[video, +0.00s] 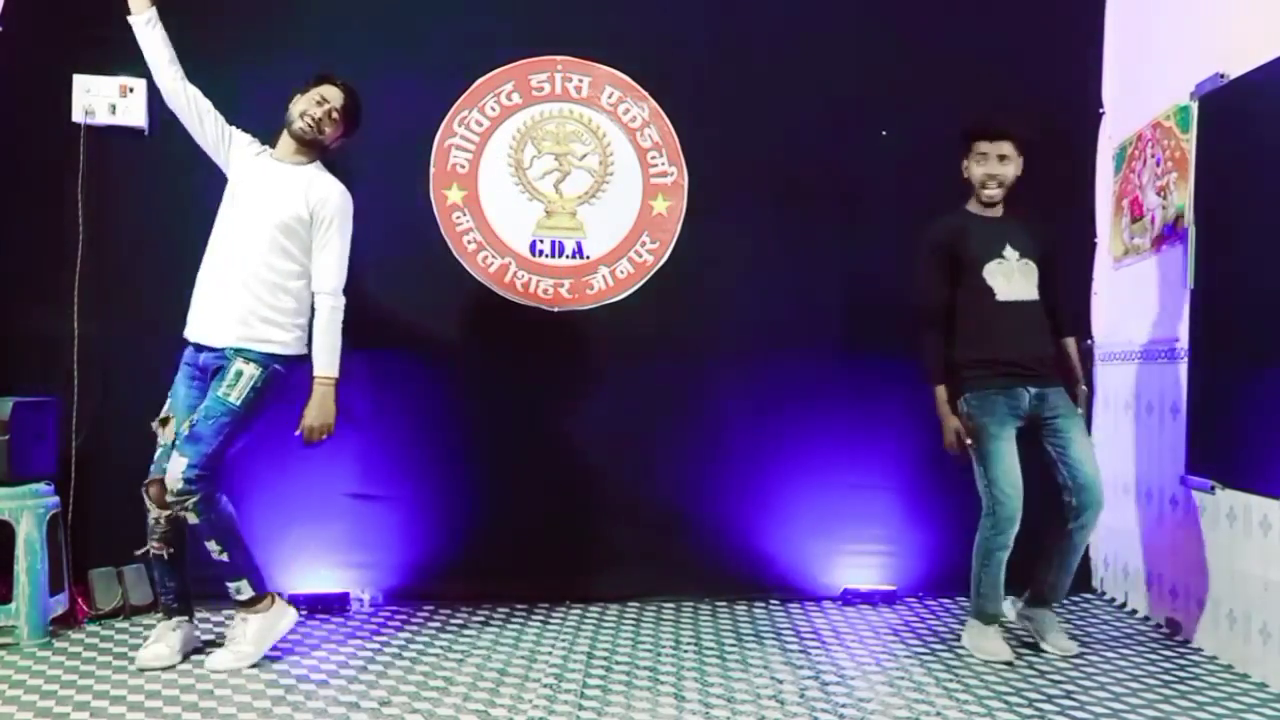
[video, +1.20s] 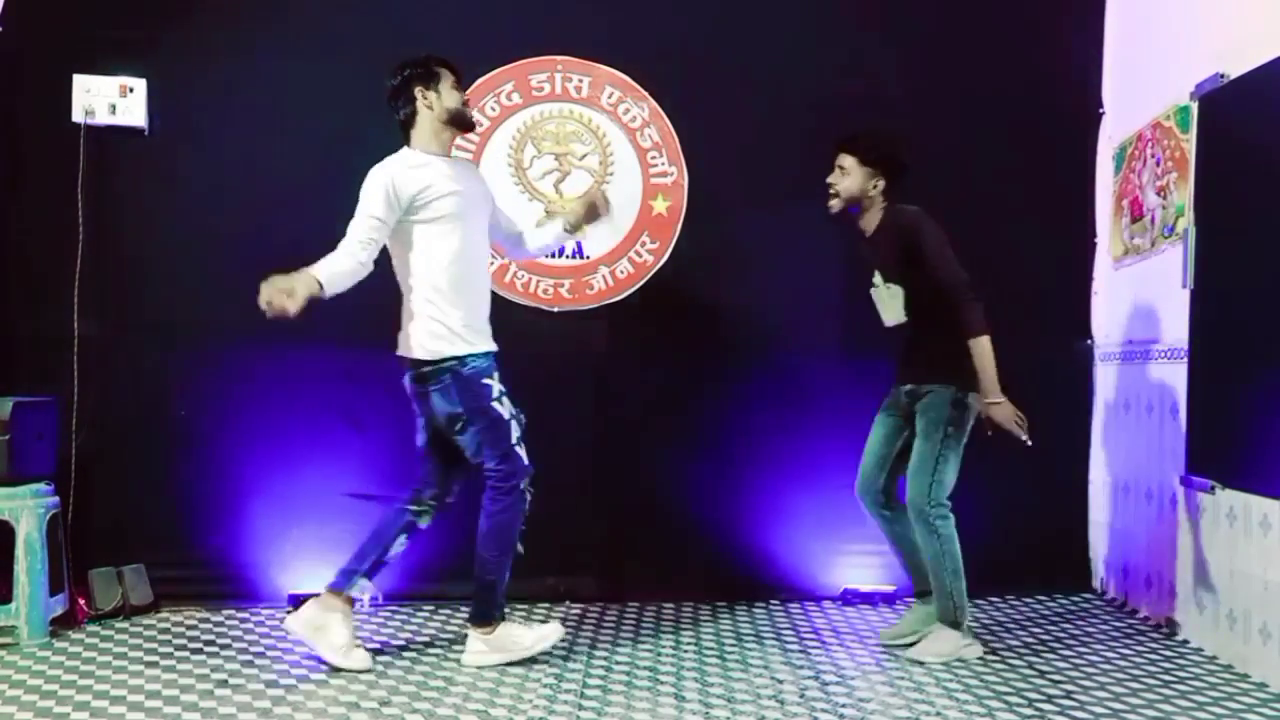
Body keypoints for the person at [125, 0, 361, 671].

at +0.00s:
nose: (323, 112)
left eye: (335, 115)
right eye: (319, 100)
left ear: (337, 137)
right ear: (293, 102)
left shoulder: (329, 195)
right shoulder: (242, 153)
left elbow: (331, 296)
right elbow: (180, 91)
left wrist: (324, 390)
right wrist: (143, 12)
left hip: (259, 351)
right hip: (203, 340)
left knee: (185, 479)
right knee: (160, 481)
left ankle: (261, 606)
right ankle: (175, 619)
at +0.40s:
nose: (337, 108)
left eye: (342, 103)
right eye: (328, 95)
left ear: (336, 116)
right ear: (288, 90)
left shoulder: (327, 192)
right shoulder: (227, 137)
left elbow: (326, 280)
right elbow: (169, 60)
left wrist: (338, 287)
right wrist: (236, 10)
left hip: (278, 347)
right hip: (201, 337)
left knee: (293, 477)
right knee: (182, 482)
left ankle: (289, 623)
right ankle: (174, 618)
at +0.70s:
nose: (383, 106)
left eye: (384, 98)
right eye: (372, 94)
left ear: (363, 110)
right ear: (332, 99)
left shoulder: (367, 199)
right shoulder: (287, 144)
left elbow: (416, 277)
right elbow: (214, 111)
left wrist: (415, 206)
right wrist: (281, 95)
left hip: (348, 350)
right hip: (281, 342)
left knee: (349, 490)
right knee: (259, 486)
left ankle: (303, 628)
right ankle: (191, 615)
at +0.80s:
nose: (396, 97)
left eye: (396, 89)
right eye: (385, 85)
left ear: (376, 100)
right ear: (347, 92)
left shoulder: (381, 187)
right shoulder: (305, 143)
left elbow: (435, 260)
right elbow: (222, 130)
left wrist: (434, 193)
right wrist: (284, 95)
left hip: (367, 343)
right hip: (308, 336)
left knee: (353, 490)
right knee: (319, 484)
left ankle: (311, 627)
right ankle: (281, 646)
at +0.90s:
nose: (409, 86)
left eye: (408, 78)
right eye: (395, 76)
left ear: (385, 93)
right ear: (360, 87)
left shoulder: (398, 177)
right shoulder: (325, 131)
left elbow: (454, 245)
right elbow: (237, 165)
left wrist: (443, 177)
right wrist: (275, 97)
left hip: (384, 339)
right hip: (333, 332)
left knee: (357, 481)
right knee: (374, 473)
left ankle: (304, 625)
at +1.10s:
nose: (442, 94)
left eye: (440, 87)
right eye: (430, 84)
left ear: (420, 103)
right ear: (395, 97)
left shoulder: (451, 180)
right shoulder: (364, 167)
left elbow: (499, 244)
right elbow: (312, 248)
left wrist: (528, 180)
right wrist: (274, 199)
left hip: (426, 342)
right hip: (399, 343)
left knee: (381, 490)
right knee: (484, 464)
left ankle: (306, 622)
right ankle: (478, 623)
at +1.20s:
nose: (466, 100)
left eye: (463, 90)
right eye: (455, 88)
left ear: (431, 98)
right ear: (422, 96)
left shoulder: (470, 177)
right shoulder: (394, 174)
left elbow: (523, 244)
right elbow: (358, 251)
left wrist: (577, 217)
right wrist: (306, 281)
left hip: (460, 355)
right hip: (448, 357)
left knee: (436, 493)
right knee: (510, 477)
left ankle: (332, 605)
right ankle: (488, 629)